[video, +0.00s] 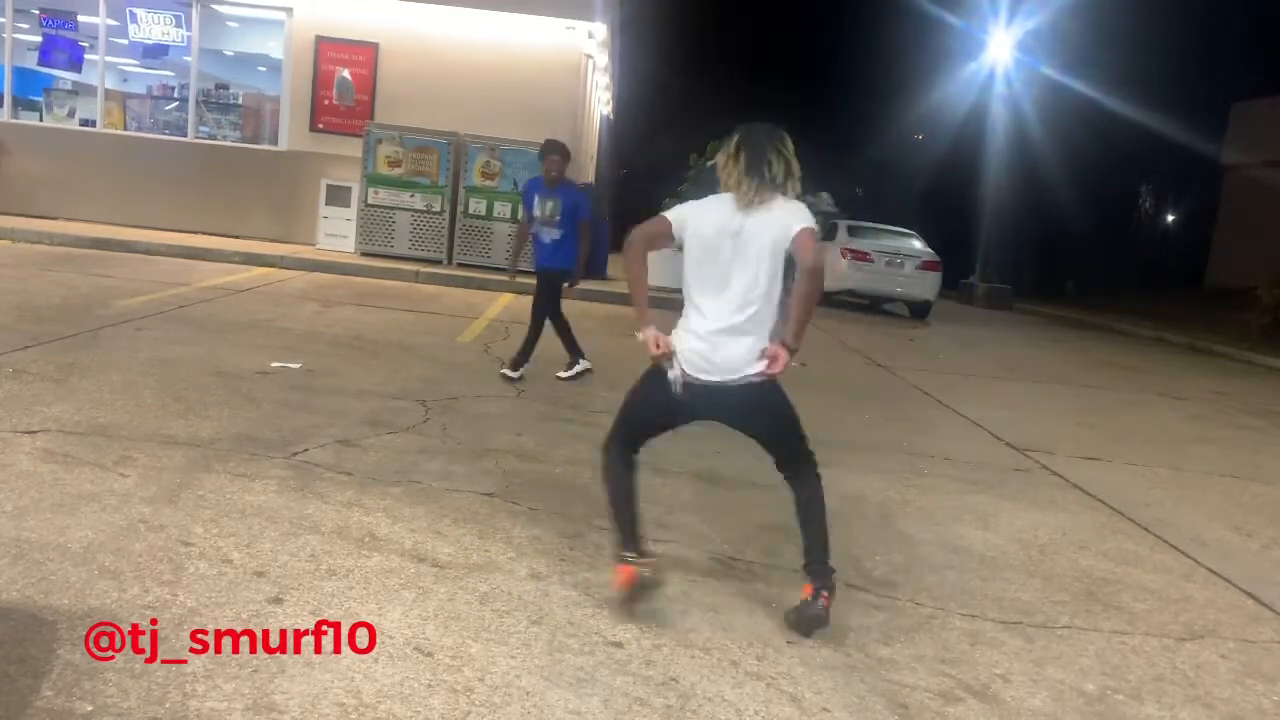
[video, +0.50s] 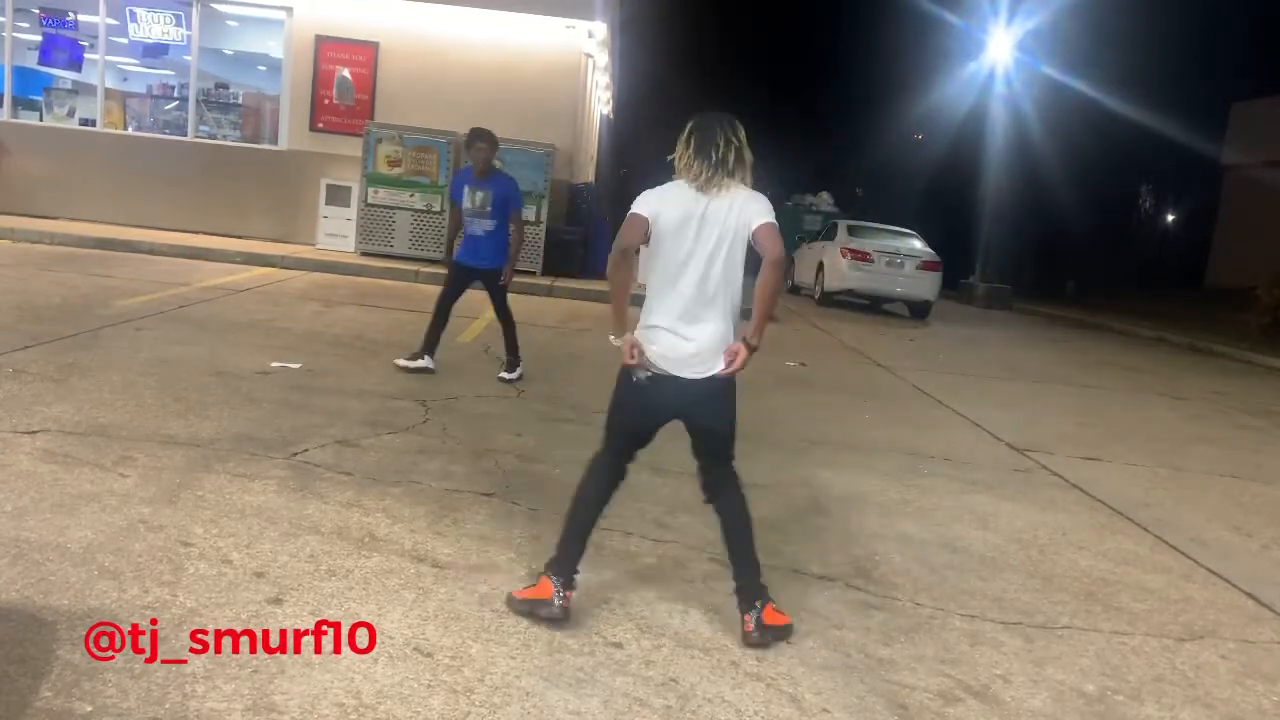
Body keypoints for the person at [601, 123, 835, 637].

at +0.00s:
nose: (719, 166)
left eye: (724, 158)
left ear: (729, 164)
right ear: (784, 168)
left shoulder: (698, 211)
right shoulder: (793, 213)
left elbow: (636, 240)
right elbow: (811, 262)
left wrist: (645, 322)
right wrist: (789, 340)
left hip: (681, 380)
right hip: (751, 388)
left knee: (619, 447)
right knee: (800, 468)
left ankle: (629, 556)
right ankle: (818, 584)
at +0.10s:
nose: (704, 168)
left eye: (706, 160)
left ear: (711, 165)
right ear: (767, 168)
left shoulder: (684, 212)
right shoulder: (776, 214)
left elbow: (633, 251)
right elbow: (790, 273)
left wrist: (638, 335)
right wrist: (772, 351)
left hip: (664, 383)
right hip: (734, 393)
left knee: (614, 461)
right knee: (768, 476)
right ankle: (809, 585)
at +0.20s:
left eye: (690, 174)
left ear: (690, 179)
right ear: (745, 182)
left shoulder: (663, 229)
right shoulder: (755, 232)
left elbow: (608, 274)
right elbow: (766, 295)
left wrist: (614, 358)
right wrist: (743, 375)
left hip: (638, 397)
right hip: (704, 411)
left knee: (576, 472)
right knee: (726, 503)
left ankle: (487, 551)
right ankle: (789, 614)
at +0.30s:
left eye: (687, 162)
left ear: (690, 165)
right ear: (746, 169)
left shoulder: (662, 209)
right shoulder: (754, 213)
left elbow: (610, 239)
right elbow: (778, 255)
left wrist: (615, 328)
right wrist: (748, 335)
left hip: (633, 372)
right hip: (705, 382)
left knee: (561, 445)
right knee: (762, 464)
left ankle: (491, 540)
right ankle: (778, 588)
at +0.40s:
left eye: (684, 146)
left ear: (688, 150)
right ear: (744, 155)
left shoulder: (658, 193)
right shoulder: (754, 200)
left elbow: (612, 226)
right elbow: (778, 247)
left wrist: (619, 308)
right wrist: (753, 327)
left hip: (642, 368)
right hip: (712, 376)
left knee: (596, 449)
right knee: (751, 465)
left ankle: (563, 569)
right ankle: (763, 589)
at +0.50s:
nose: (677, 159)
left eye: (680, 149)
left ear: (684, 154)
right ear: (739, 158)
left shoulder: (655, 198)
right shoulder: (752, 203)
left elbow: (624, 248)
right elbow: (775, 255)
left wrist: (624, 330)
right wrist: (753, 336)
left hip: (648, 376)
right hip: (713, 383)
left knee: (609, 464)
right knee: (722, 477)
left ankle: (557, 580)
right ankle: (754, 605)